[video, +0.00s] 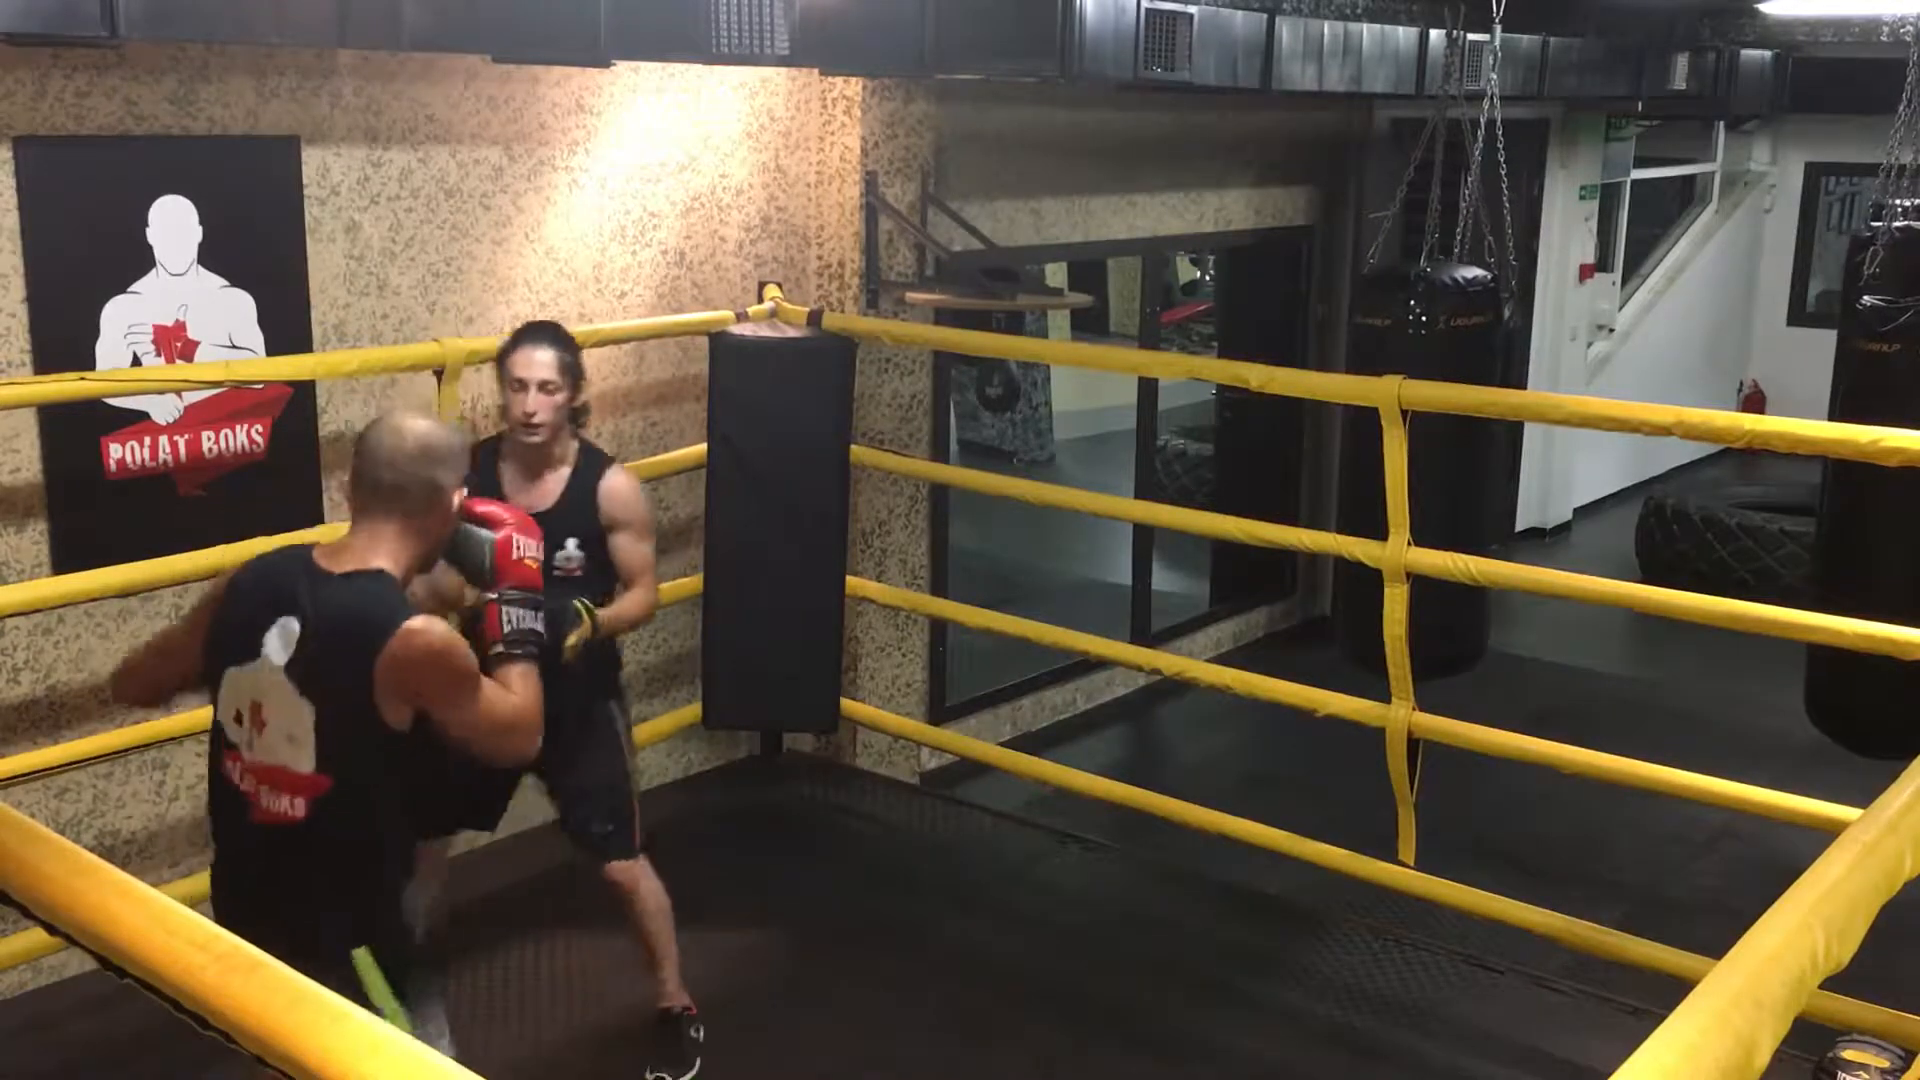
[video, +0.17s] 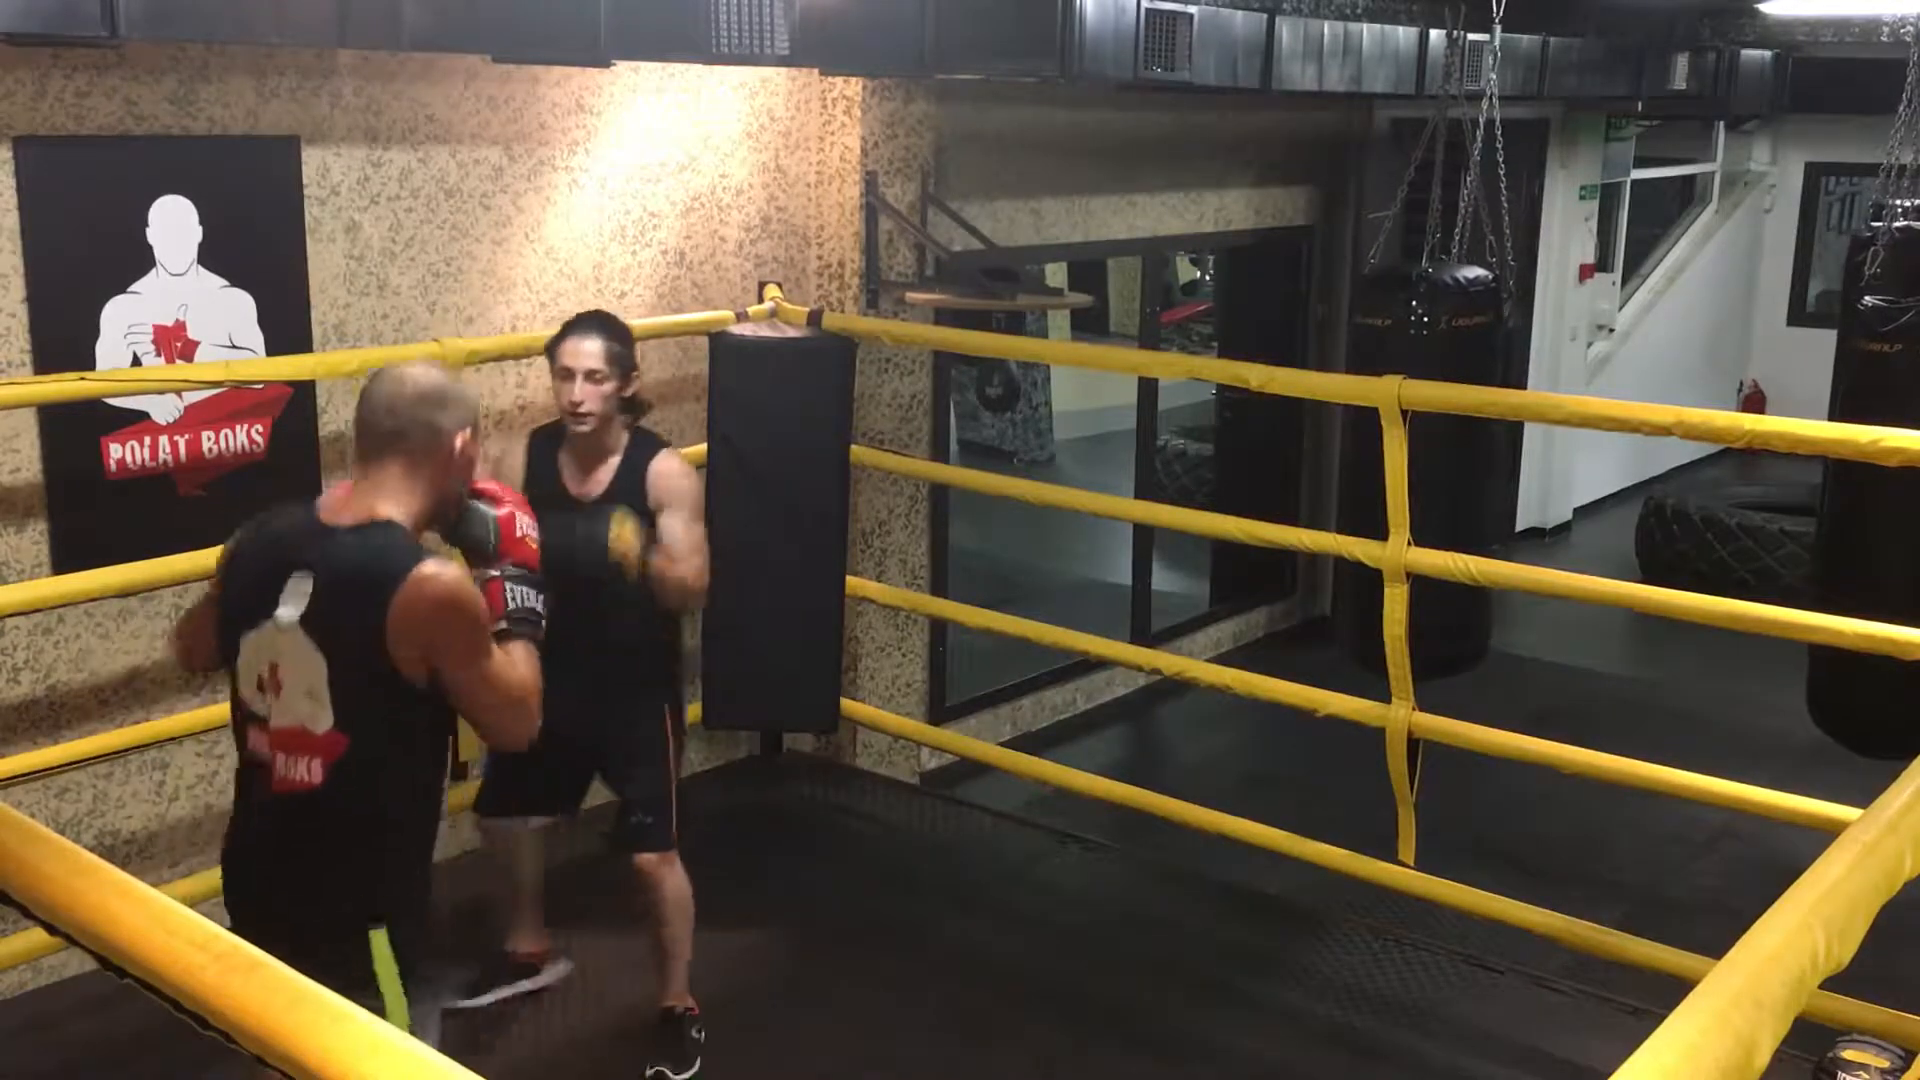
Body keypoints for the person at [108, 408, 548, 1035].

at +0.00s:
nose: (459, 510)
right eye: (461, 499)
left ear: (351, 488)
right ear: (451, 507)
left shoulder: (256, 583)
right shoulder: (416, 644)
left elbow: (136, 683)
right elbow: (518, 733)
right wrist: (513, 605)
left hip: (245, 923)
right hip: (356, 940)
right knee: (415, 1065)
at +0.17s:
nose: (476, 464)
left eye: (476, 444)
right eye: (475, 444)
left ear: (365, 436)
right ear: (456, 449)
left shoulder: (261, 542)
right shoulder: (429, 584)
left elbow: (194, 649)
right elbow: (514, 722)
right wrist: (520, 575)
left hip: (261, 879)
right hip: (365, 895)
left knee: (282, 1055)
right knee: (378, 1064)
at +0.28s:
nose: (487, 448)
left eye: (488, 430)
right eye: (489, 429)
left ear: (379, 413)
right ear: (474, 428)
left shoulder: (280, 509)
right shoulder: (445, 552)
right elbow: (512, 722)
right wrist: (540, 578)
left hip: (263, 847)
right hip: (362, 867)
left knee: (307, 1051)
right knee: (432, 1057)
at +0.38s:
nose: (512, 478)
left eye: (508, 463)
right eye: (512, 467)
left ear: (398, 452)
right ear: (501, 474)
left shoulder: (308, 556)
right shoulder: (449, 604)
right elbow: (530, 773)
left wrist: (478, 572)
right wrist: (566, 628)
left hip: (286, 901)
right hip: (388, 923)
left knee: (308, 1066)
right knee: (437, 1072)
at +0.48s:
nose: (541, 511)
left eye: (541, 496)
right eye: (543, 497)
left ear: (428, 487)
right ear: (531, 506)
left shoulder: (333, 589)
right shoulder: (478, 649)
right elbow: (529, 833)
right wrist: (576, 710)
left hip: (307, 938)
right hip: (413, 959)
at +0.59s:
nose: (554, 506)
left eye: (552, 491)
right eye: (555, 493)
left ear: (438, 481)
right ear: (545, 500)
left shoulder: (338, 585)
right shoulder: (518, 642)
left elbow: (259, 748)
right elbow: (568, 819)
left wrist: (378, 712)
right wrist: (601, 713)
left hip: (323, 948)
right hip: (434, 968)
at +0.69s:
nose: (558, 498)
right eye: (558, 484)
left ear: (437, 478)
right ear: (547, 493)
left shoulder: (354, 586)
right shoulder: (551, 634)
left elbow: (256, 735)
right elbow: (624, 774)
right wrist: (617, 640)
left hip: (337, 938)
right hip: (456, 959)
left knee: (341, 1065)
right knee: (492, 1065)